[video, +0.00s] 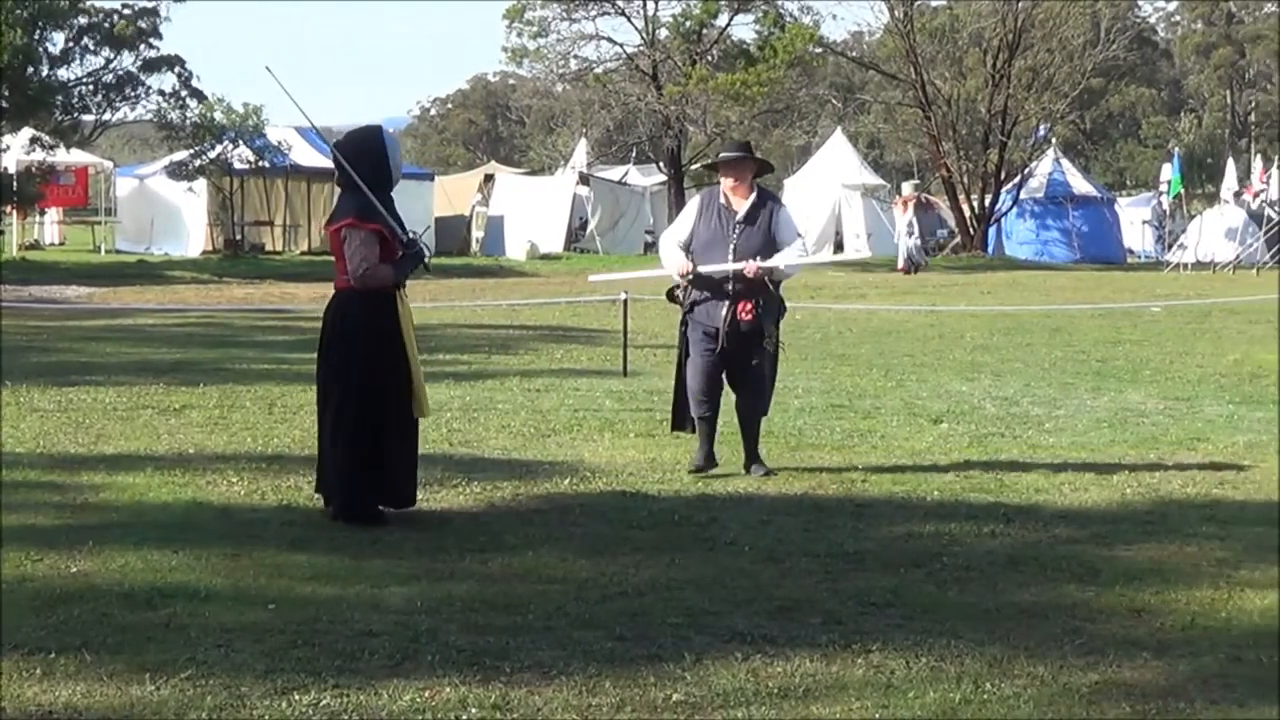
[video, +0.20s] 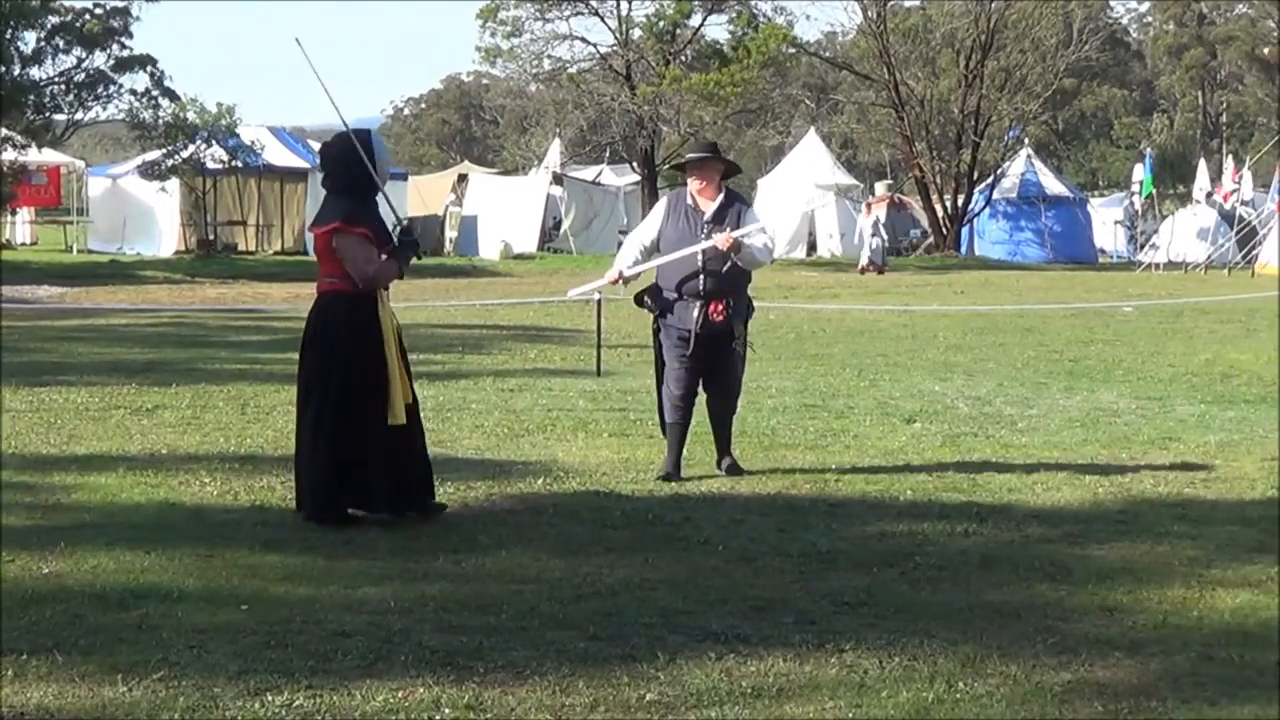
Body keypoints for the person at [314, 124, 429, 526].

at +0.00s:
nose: (396, 167)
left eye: (393, 158)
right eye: (390, 159)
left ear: (354, 165)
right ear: (373, 164)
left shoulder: (366, 209)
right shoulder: (357, 212)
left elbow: (367, 268)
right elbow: (362, 273)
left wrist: (404, 257)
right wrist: (405, 265)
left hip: (366, 315)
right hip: (359, 319)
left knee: (361, 402)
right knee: (360, 403)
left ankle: (353, 494)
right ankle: (356, 500)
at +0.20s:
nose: (388, 168)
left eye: (385, 161)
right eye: (381, 161)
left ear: (341, 171)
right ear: (362, 170)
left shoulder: (350, 212)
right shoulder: (344, 216)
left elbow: (366, 269)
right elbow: (368, 275)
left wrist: (396, 251)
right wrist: (401, 254)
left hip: (358, 315)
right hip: (346, 318)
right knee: (342, 407)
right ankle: (330, 502)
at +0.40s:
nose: (381, 172)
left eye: (378, 165)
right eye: (374, 165)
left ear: (335, 174)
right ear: (357, 172)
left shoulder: (354, 215)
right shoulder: (341, 220)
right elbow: (385, 269)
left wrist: (391, 243)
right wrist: (400, 247)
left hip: (362, 317)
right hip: (342, 318)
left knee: (385, 404)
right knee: (332, 406)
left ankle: (425, 491)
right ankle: (314, 499)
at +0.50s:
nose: (381, 170)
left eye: (378, 162)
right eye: (376, 163)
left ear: (336, 173)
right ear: (361, 171)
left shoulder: (340, 214)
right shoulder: (350, 219)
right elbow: (391, 269)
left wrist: (387, 239)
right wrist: (399, 241)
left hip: (344, 312)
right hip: (353, 317)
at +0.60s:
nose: (382, 168)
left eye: (379, 162)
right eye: (375, 162)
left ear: (333, 173)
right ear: (362, 170)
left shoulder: (332, 214)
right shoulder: (359, 215)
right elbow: (394, 265)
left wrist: (385, 228)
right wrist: (395, 229)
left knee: (322, 400)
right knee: (389, 402)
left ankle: (301, 494)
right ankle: (400, 500)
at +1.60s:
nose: (355, 171)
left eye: (352, 163)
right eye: (350, 164)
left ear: (308, 177)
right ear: (337, 173)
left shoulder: (313, 216)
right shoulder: (326, 220)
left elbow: (335, 279)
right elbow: (344, 284)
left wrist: (380, 284)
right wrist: (387, 285)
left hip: (313, 320)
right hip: (334, 325)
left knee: (320, 415)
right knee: (344, 416)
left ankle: (317, 508)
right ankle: (349, 517)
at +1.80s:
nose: (348, 176)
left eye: (345, 168)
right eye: (343, 169)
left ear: (302, 177)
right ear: (328, 174)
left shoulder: (317, 219)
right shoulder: (312, 223)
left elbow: (326, 283)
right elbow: (319, 286)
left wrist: (363, 302)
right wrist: (367, 305)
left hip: (322, 323)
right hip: (315, 326)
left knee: (334, 418)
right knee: (325, 419)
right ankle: (323, 518)